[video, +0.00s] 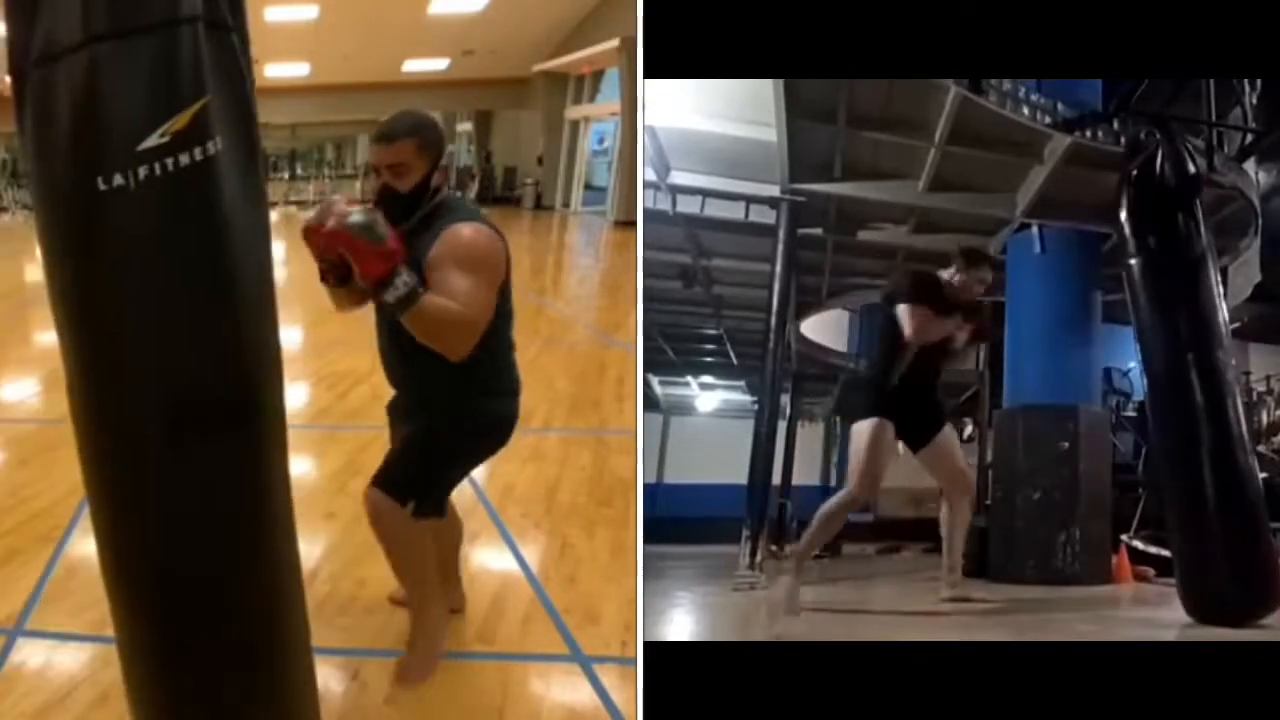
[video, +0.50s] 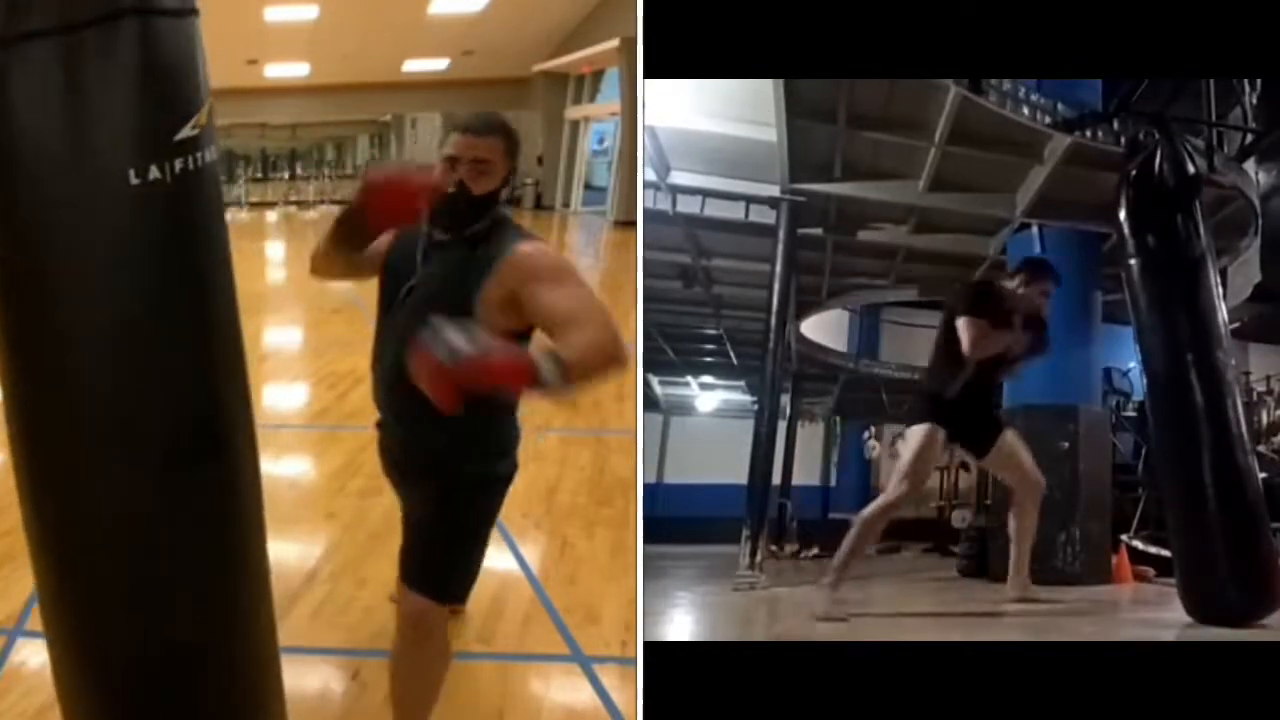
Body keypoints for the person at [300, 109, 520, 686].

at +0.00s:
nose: (385, 185)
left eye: (399, 172)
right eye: (379, 172)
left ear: (436, 168)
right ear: (375, 165)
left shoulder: (467, 238)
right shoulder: (393, 218)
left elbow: (458, 337)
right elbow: (350, 299)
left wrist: (389, 277)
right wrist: (334, 257)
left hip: (469, 408)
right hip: (419, 393)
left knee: (387, 500)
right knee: (429, 499)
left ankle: (429, 620)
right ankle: (445, 590)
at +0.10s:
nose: (388, 180)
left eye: (402, 166)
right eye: (380, 167)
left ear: (438, 164)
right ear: (375, 163)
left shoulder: (462, 229)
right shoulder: (401, 215)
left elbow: (429, 319)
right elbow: (392, 291)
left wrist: (367, 266)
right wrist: (346, 266)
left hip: (482, 394)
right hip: (435, 384)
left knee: (399, 479)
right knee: (439, 489)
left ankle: (440, 583)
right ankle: (448, 585)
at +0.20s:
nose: (391, 179)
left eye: (406, 167)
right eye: (384, 166)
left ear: (441, 163)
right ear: (378, 161)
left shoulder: (462, 225)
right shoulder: (402, 213)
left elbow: (410, 289)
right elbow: (399, 285)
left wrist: (358, 215)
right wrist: (352, 294)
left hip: (490, 394)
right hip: (440, 386)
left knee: (418, 489)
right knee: (448, 492)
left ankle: (453, 601)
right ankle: (447, 582)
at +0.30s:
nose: (413, 178)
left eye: (428, 165)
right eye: (404, 166)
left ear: (459, 161)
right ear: (395, 162)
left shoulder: (474, 223)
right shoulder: (409, 216)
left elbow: (419, 272)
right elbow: (376, 286)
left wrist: (366, 190)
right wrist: (324, 326)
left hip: (495, 403)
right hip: (437, 396)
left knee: (437, 525)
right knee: (447, 501)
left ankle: (453, 668)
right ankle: (444, 585)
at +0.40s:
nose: (435, 175)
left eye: (452, 165)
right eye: (426, 161)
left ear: (482, 168)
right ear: (415, 161)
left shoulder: (491, 231)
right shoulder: (412, 230)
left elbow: (497, 282)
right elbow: (358, 281)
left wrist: (395, 232)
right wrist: (298, 327)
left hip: (484, 428)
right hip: (425, 414)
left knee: (444, 570)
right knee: (440, 510)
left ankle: (433, 710)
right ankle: (444, 588)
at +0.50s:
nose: (460, 178)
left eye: (479, 168)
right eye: (451, 163)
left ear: (506, 178)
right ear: (437, 165)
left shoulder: (524, 261)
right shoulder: (405, 242)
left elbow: (603, 344)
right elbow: (329, 263)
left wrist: (517, 369)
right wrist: (364, 215)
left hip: (468, 454)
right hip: (401, 435)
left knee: (417, 605)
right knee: (425, 525)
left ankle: (410, 712)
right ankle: (445, 603)